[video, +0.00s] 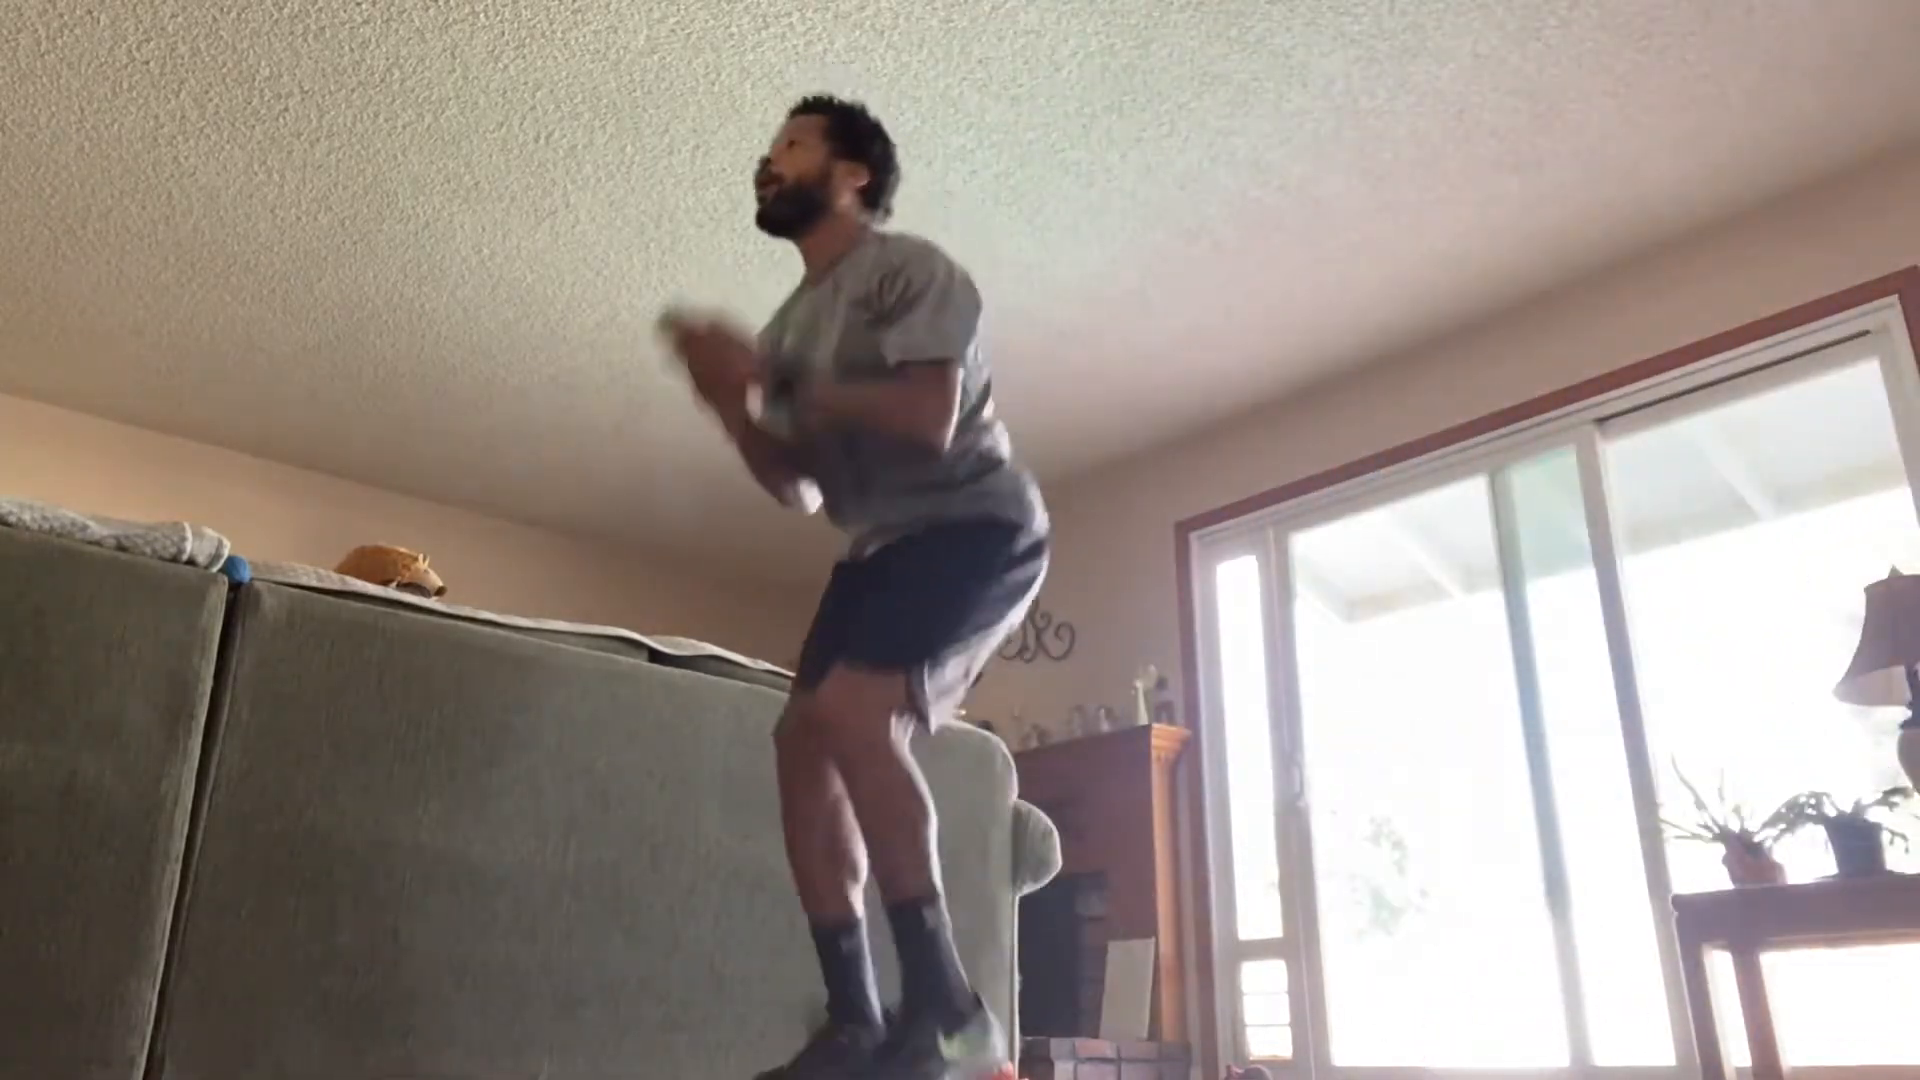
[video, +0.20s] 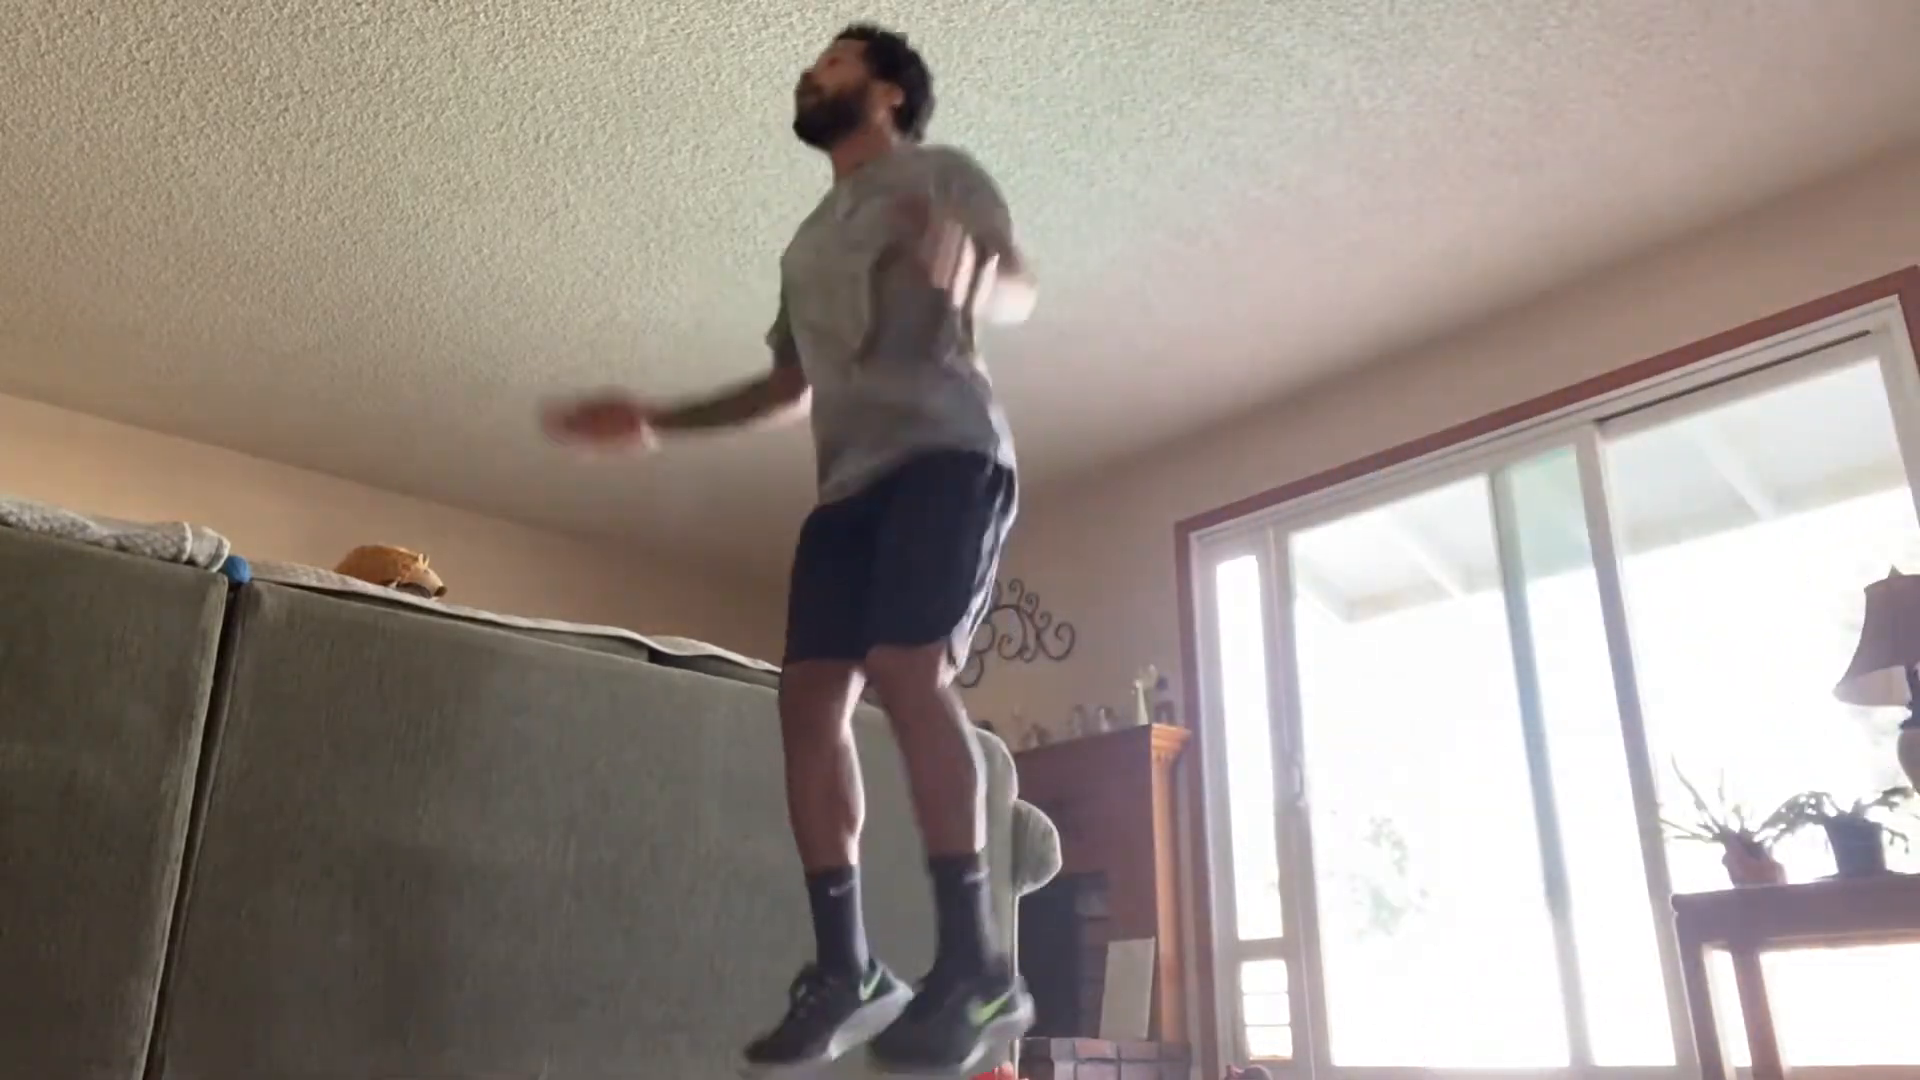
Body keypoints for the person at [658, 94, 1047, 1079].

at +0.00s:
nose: (767, 164)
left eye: (792, 149)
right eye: (770, 151)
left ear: (856, 177)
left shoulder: (916, 268)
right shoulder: (785, 333)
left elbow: (928, 415)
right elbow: (792, 482)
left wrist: (779, 385)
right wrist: (728, 405)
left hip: (973, 525)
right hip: (880, 547)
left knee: (852, 711)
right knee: (802, 739)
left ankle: (942, 995)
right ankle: (856, 1022)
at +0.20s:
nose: (808, 72)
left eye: (833, 57)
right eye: (812, 63)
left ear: (891, 91)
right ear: (831, 106)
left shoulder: (939, 170)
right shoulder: (807, 247)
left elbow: (1016, 286)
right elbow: (783, 385)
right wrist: (655, 419)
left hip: (947, 455)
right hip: (847, 484)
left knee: (909, 672)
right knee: (811, 702)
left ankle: (975, 970)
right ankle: (841, 971)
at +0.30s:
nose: (824, 62)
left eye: (848, 49)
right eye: (827, 54)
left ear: (903, 78)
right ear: (854, 94)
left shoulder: (937, 151)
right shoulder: (823, 229)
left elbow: (1038, 149)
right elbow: (743, 332)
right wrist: (623, 275)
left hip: (951, 448)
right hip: (852, 479)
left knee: (940, 659)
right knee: (803, 695)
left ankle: (1050, 939)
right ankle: (833, 953)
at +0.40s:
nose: (833, 104)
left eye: (858, 93)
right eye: (834, 97)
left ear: (913, 122)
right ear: (848, 139)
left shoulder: (945, 183)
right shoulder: (824, 260)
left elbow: (1016, 64)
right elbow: (734, 290)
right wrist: (727, 156)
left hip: (961, 492)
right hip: (856, 523)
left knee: (969, 703)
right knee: (798, 758)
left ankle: (1117, 967)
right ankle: (811, 994)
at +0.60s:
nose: (846, 106)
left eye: (870, 97)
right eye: (850, 100)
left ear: (923, 127)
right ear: (867, 140)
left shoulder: (950, 187)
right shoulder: (831, 259)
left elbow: (1028, 82)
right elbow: (733, 306)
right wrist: (667, 201)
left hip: (958, 495)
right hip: (854, 521)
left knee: (983, 703)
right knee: (812, 752)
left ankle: (1118, 962)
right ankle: (824, 991)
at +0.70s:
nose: (830, 62)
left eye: (857, 51)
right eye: (831, 56)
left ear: (908, 78)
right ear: (843, 102)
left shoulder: (941, 148)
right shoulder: (825, 223)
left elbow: (1038, 190)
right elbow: (773, 362)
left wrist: (991, 103)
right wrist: (642, 326)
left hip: (955, 437)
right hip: (858, 467)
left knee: (946, 650)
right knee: (826, 695)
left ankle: (1062, 921)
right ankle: (872, 951)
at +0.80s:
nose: (803, 70)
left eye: (829, 59)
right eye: (807, 62)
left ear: (883, 93)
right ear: (821, 111)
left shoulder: (942, 178)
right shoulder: (807, 243)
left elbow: (1017, 301)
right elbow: (827, 399)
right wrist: (735, 454)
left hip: (956, 456)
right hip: (859, 482)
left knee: (928, 671)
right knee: (844, 701)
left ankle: (1000, 965)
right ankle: (893, 973)